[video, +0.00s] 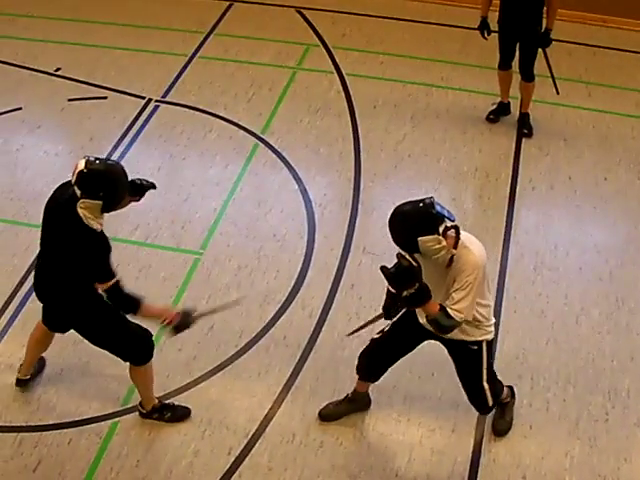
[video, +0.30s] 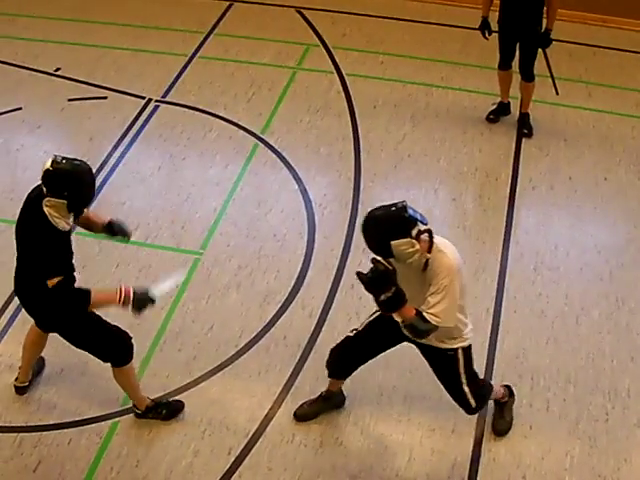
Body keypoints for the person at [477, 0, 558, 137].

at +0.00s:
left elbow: (552, 3)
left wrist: (548, 30)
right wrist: (483, 17)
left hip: (532, 26)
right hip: (507, 22)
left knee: (527, 71)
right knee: (504, 64)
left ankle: (524, 115)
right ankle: (504, 103)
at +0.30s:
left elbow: (552, 3)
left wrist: (548, 30)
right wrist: (485, 17)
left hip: (532, 26)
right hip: (507, 23)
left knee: (527, 71)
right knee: (504, 64)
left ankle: (524, 115)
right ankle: (504, 103)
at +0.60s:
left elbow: (556, 2)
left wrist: (552, 27)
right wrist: (489, 14)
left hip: (536, 22)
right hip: (511, 19)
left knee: (531, 68)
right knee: (508, 61)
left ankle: (528, 112)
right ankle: (508, 100)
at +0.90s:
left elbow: (569, 2)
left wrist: (565, 27)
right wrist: (502, 14)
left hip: (549, 23)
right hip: (524, 20)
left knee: (543, 69)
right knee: (520, 61)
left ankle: (540, 112)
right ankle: (520, 100)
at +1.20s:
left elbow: (592, 4)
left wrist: (588, 31)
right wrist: (523, 17)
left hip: (571, 26)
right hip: (546, 22)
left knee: (565, 73)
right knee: (542, 65)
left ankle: (561, 116)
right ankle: (541, 104)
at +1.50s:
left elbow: (617, 7)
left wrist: (611, 36)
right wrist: (548, 21)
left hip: (595, 30)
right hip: (570, 26)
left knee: (588, 76)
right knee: (566, 68)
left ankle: (585, 120)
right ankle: (564, 108)